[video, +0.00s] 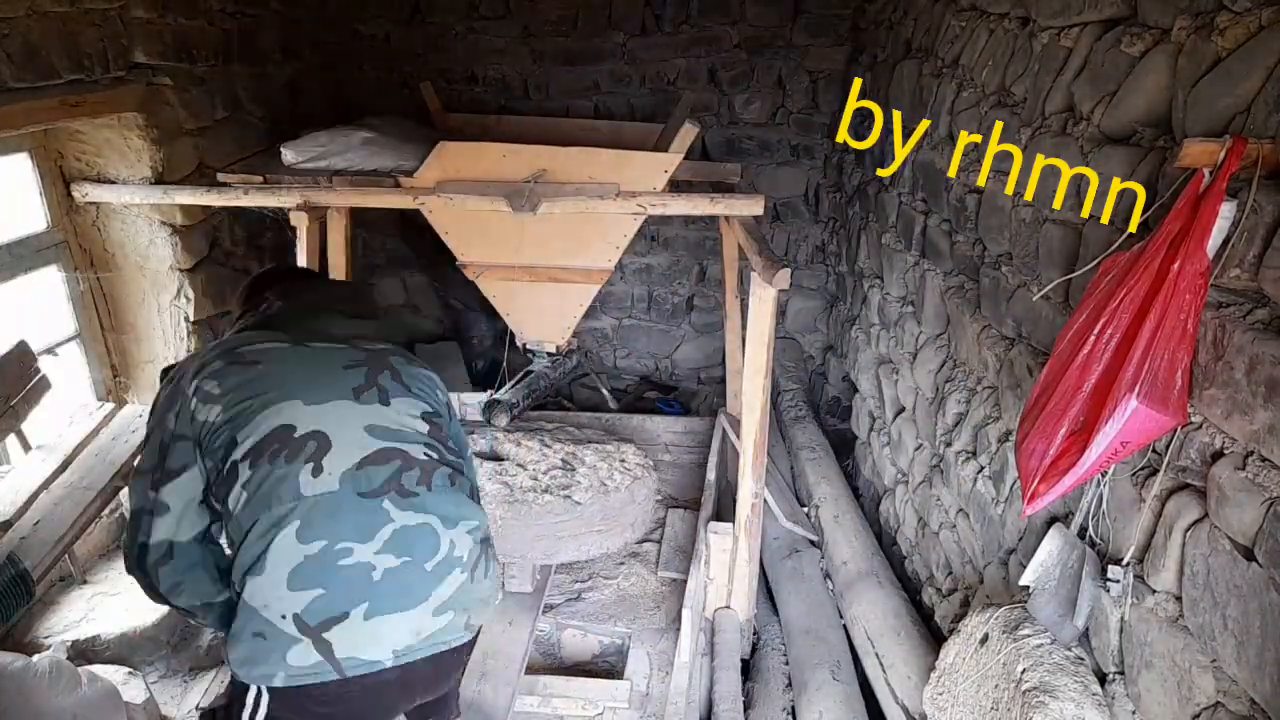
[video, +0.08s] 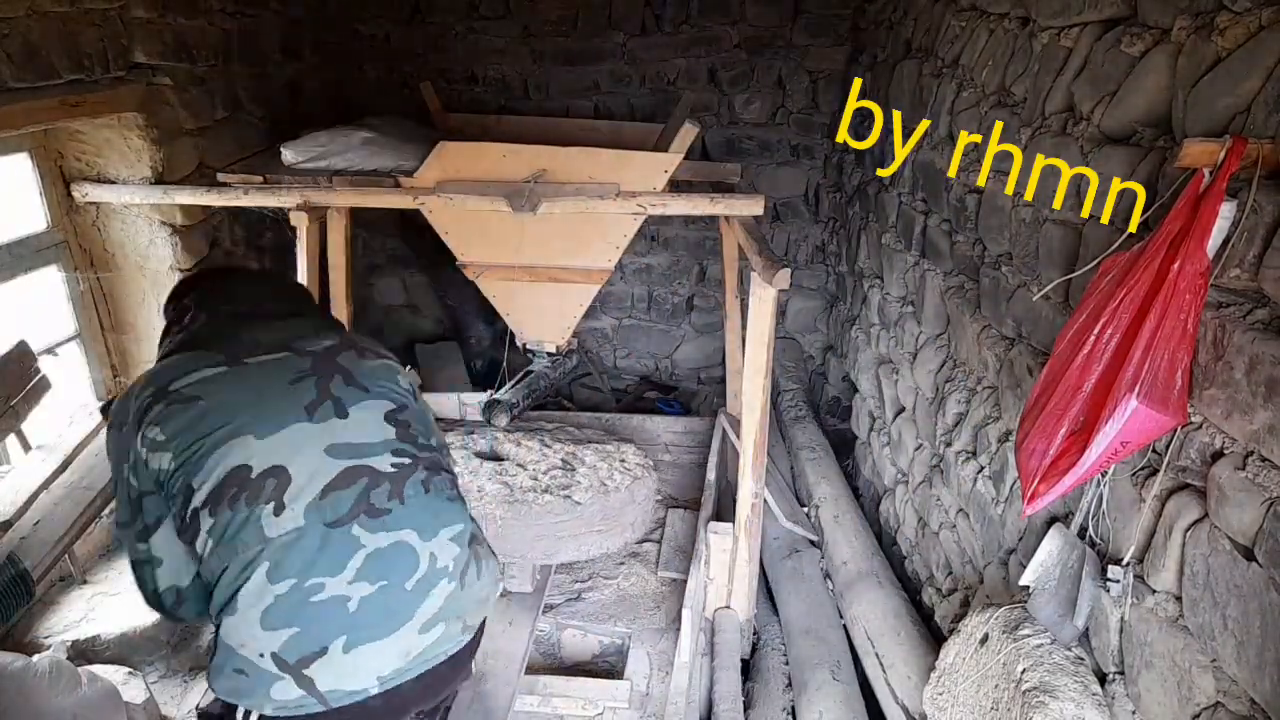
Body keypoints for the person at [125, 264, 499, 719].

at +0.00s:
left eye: (240, 309)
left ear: (249, 312)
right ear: (337, 304)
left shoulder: (199, 379)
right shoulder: (408, 367)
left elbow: (164, 548)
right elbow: (465, 495)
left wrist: (249, 620)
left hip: (311, 667)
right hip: (449, 644)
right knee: (433, 706)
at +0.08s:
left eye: (174, 320)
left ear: (184, 322)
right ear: (294, 302)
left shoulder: (145, 405)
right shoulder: (370, 354)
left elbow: (175, 588)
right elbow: (437, 471)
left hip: (300, 682)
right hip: (454, 638)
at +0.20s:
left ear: (344, 180)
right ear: (436, 196)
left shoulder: (262, 258)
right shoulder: (469, 302)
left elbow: (220, 392)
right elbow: (485, 430)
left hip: (320, 606)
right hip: (446, 576)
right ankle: (497, 646)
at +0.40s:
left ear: (333, 186)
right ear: (428, 190)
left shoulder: (268, 264)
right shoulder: (470, 291)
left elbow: (226, 422)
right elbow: (491, 419)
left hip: (337, 608)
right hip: (469, 575)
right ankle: (494, 699)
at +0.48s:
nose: (134, 505)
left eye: (130, 493)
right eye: (128, 493)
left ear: (135, 476)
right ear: (173, 416)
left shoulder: (168, 495)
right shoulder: (260, 414)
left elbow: (213, 663)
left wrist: (299, 699)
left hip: (451, 598)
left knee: (393, 704)